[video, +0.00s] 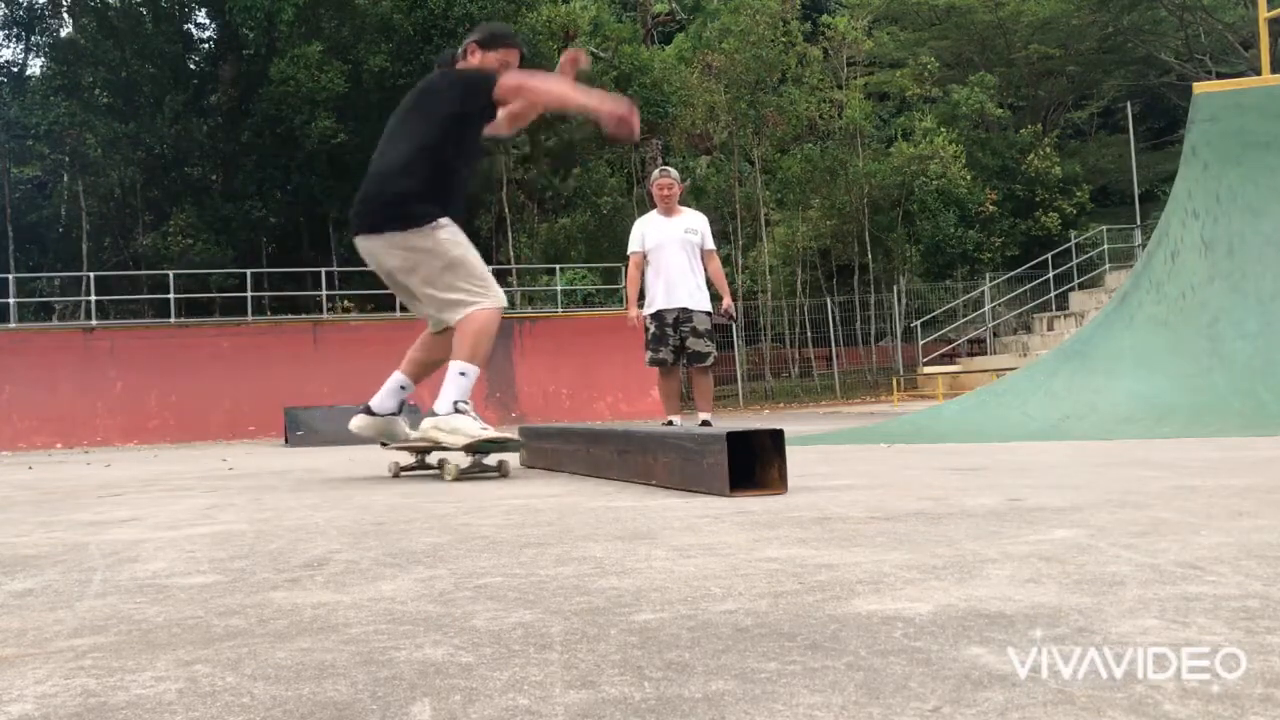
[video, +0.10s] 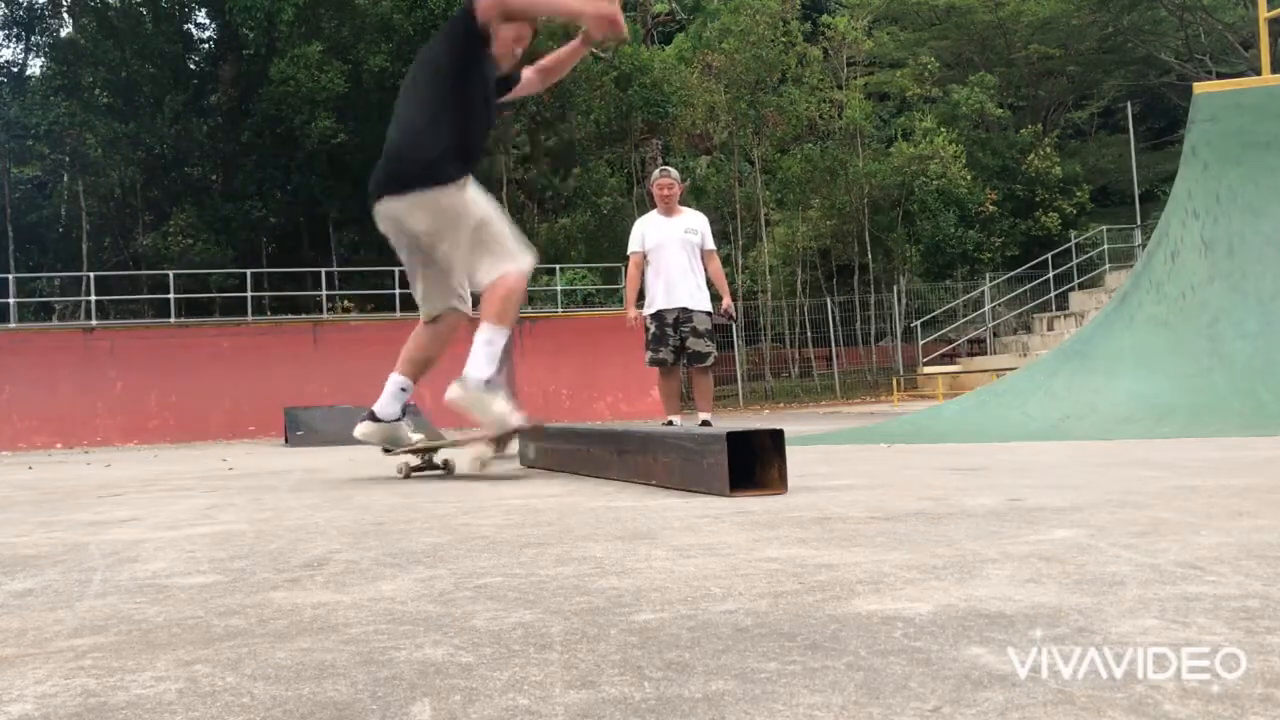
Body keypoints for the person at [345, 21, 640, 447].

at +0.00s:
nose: (508, 77)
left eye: (512, 69)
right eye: (502, 66)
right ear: (472, 54)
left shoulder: (449, 101)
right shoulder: (455, 82)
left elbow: (505, 121)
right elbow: (522, 86)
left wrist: (557, 84)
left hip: (374, 226)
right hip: (409, 217)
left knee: (451, 324)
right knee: (485, 303)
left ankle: (382, 409)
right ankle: (451, 409)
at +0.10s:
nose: (518, 51)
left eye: (525, 44)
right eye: (515, 39)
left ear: (521, 46)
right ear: (490, 26)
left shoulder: (485, 82)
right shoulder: (461, 41)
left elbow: (538, 76)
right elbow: (496, 4)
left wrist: (584, 42)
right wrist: (582, 9)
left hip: (393, 196)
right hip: (433, 182)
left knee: (450, 311)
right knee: (510, 266)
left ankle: (386, 413)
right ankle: (477, 381)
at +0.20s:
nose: (543, 36)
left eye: (549, 28)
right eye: (545, 21)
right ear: (523, 3)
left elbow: (571, 52)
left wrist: (614, 12)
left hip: (421, 169)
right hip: (443, 142)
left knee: (433, 286)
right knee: (556, 170)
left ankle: (384, 401)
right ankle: (502, 284)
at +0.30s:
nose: (574, 37)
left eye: (581, 31)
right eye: (576, 23)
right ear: (554, 4)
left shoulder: (535, 57)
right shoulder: (511, 9)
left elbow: (591, 54)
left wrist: (642, 31)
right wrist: (645, 12)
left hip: (413, 150)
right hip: (445, 122)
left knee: (478, 246)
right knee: (565, 157)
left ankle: (431, 368)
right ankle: (535, 285)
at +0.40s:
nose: (604, 47)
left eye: (608, 41)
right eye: (604, 34)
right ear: (584, 17)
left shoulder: (537, 52)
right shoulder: (547, 15)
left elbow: (581, 77)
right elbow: (618, 17)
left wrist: (639, 85)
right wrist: (691, 28)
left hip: (423, 146)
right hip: (463, 138)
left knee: (506, 247)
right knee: (555, 231)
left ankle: (494, 378)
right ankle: (566, 366)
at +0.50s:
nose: (630, 76)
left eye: (637, 69)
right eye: (632, 62)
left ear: (601, 37)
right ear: (608, 38)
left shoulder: (558, 56)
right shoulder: (578, 58)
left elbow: (577, 117)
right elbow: (626, 124)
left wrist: (602, 153)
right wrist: (703, 169)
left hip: (432, 160)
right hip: (468, 151)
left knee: (529, 260)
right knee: (569, 234)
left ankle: (514, 387)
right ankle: (581, 367)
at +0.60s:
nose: (648, 93)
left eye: (655, 86)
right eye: (650, 79)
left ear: (622, 54)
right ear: (626, 53)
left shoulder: (565, 65)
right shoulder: (587, 72)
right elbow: (594, 162)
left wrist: (566, 181)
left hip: (432, 151)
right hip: (471, 148)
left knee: (520, 258)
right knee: (575, 234)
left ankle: (509, 389)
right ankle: (581, 371)